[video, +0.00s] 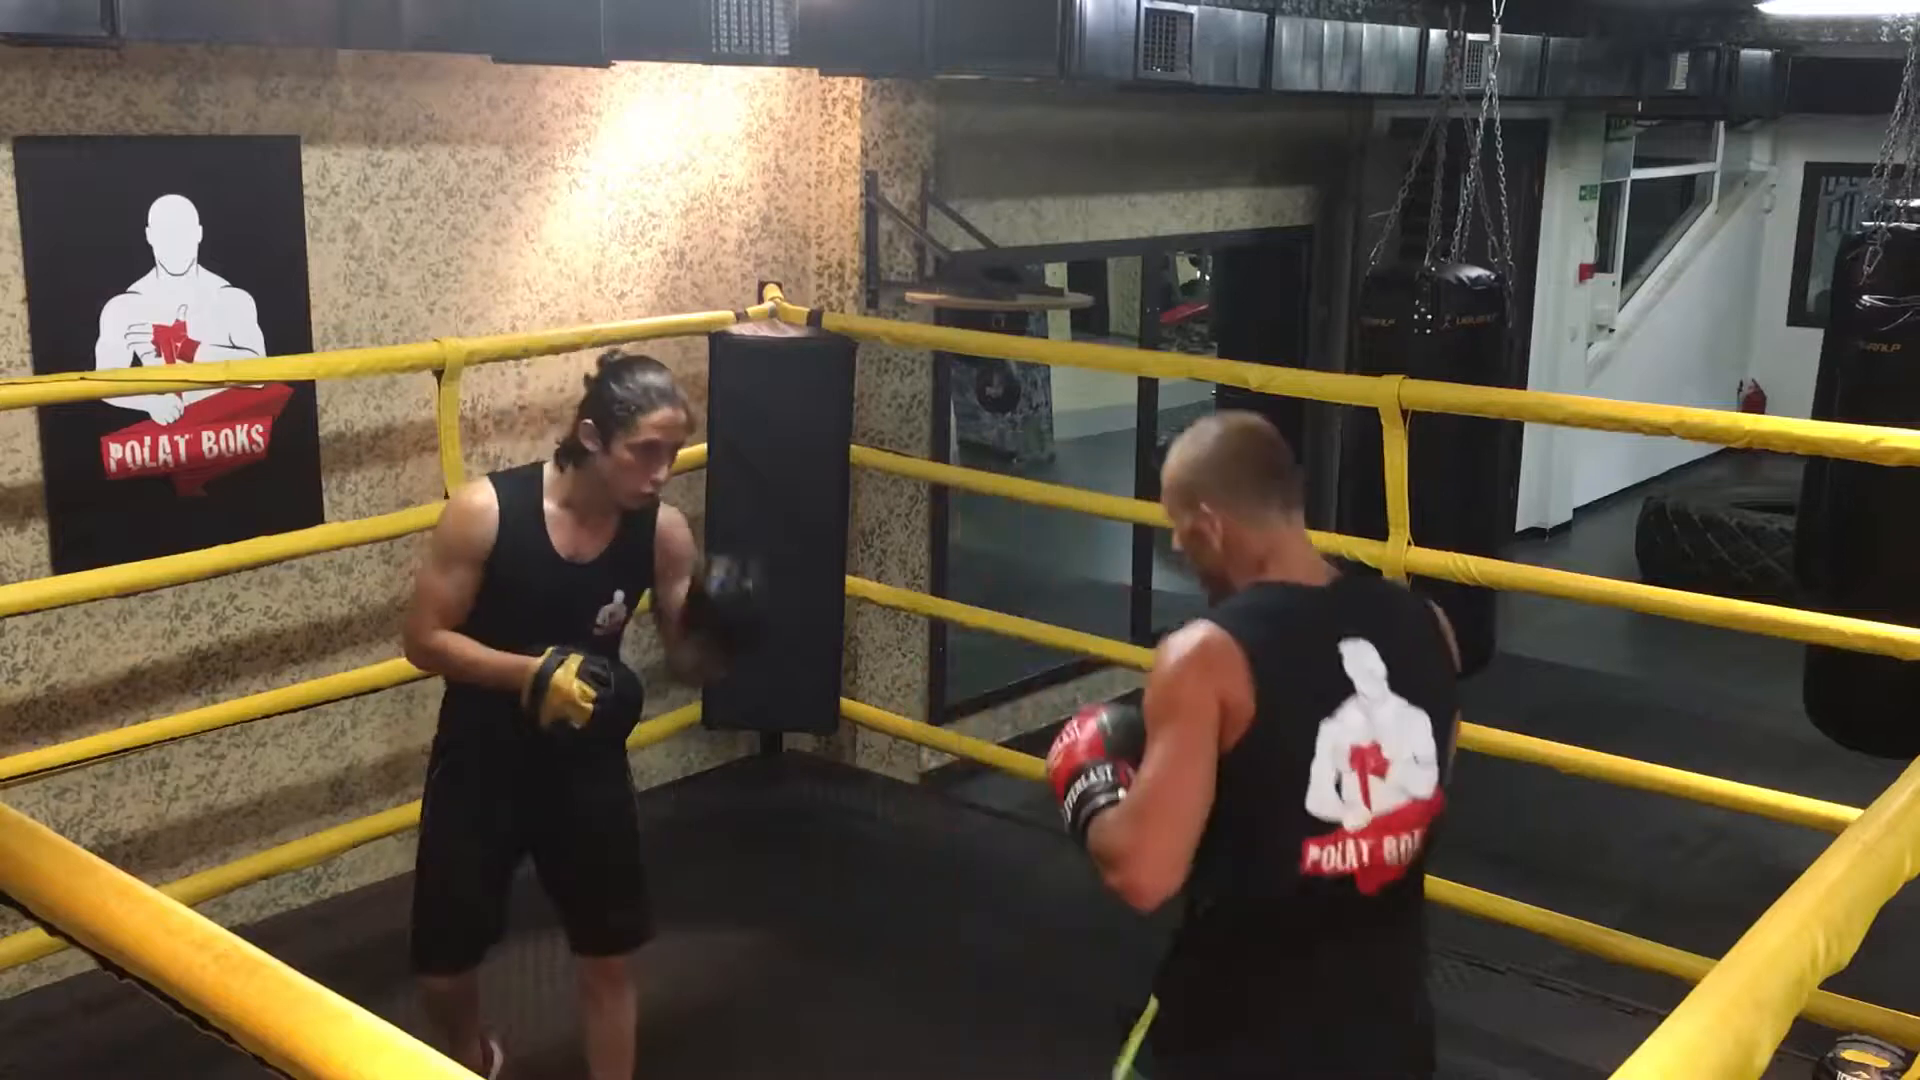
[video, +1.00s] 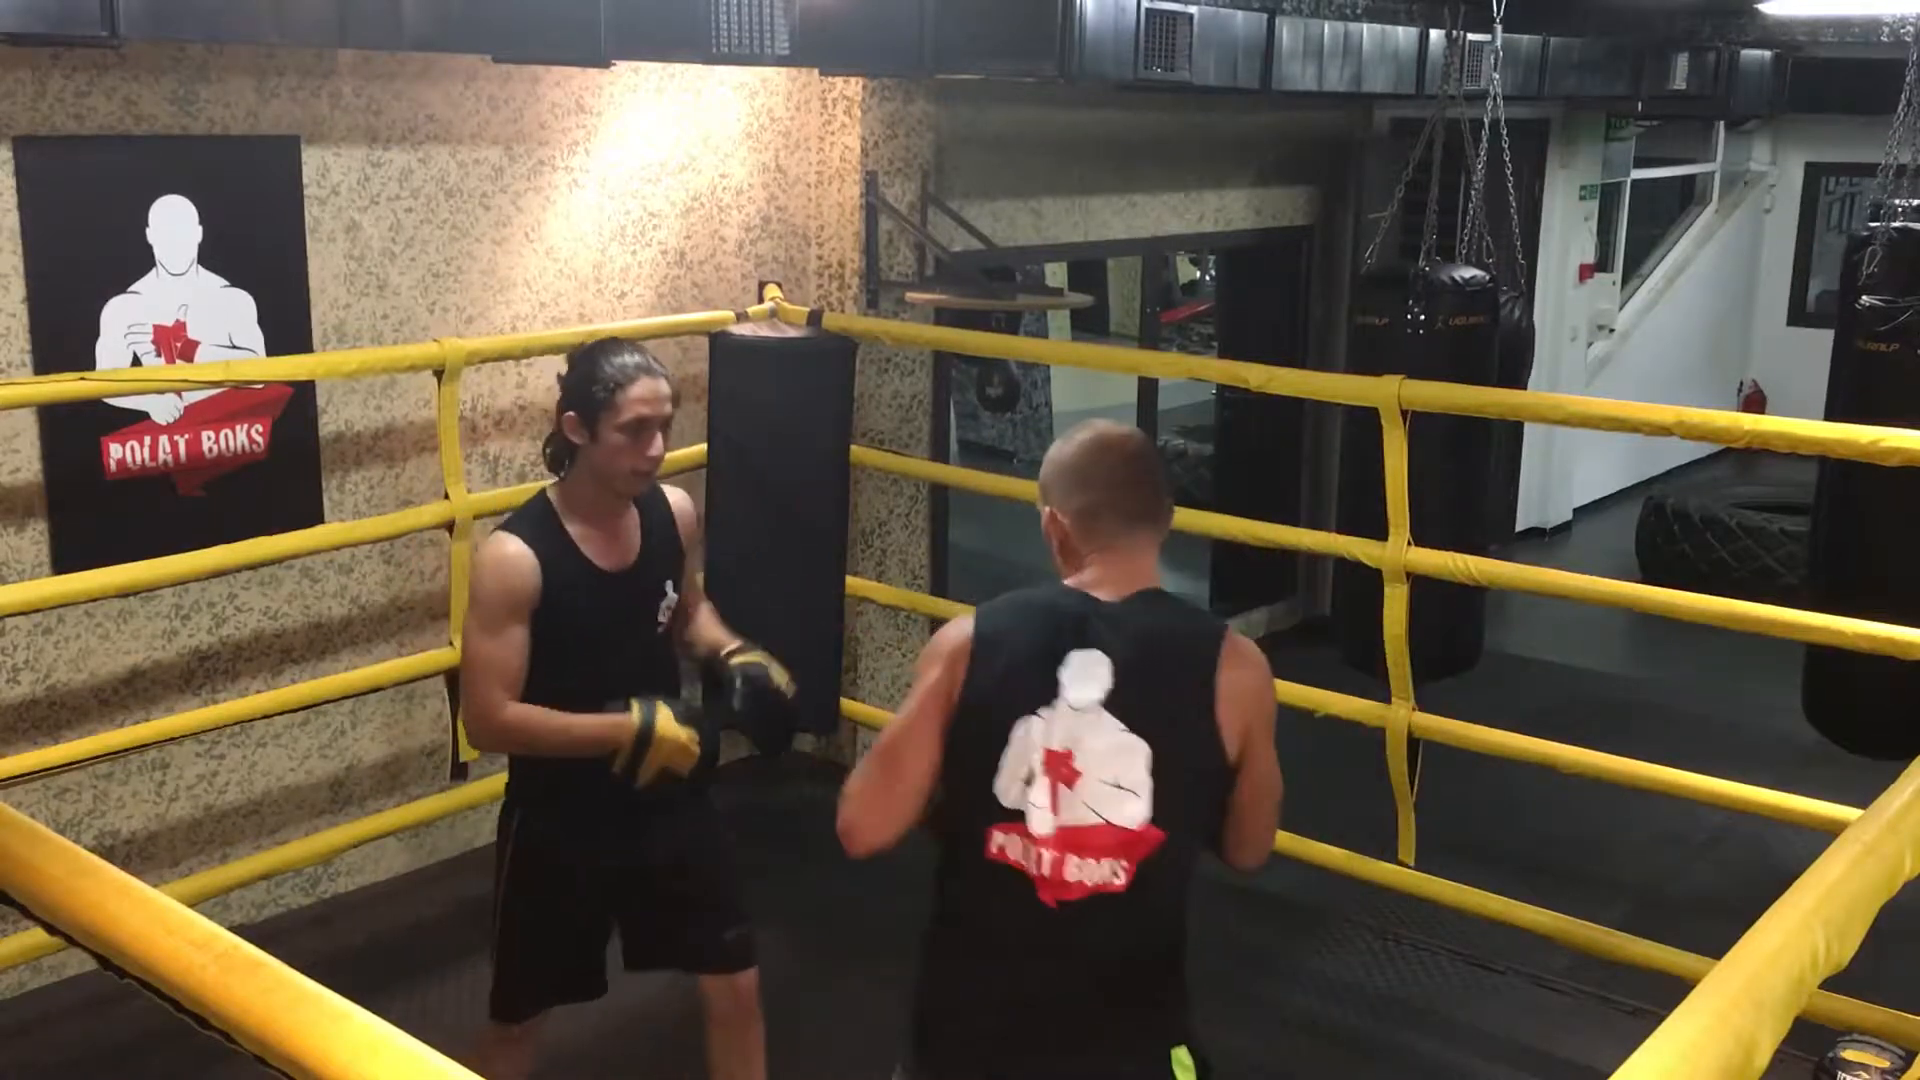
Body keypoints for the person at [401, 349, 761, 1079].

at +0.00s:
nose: (660, 474)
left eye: (671, 454)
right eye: (646, 453)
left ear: (679, 449)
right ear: (591, 437)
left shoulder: (662, 532)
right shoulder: (486, 511)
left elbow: (689, 665)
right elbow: (422, 637)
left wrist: (721, 622)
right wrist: (532, 674)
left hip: (588, 765)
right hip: (480, 763)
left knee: (608, 963)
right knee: (443, 966)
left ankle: (613, 1071)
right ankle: (474, 1059)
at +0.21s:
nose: (632, 467)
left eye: (643, 446)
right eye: (617, 447)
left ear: (651, 437)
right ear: (558, 433)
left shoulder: (645, 501)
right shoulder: (464, 527)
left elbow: (744, 603)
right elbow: (424, 668)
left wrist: (762, 524)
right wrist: (542, 681)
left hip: (592, 781)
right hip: (484, 788)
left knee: (624, 986)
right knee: (472, 1002)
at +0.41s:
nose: (609, 476)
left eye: (616, 454)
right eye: (590, 459)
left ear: (622, 441)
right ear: (525, 450)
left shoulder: (623, 508)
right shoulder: (449, 561)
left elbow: (730, 601)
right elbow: (431, 715)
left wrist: (741, 516)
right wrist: (563, 706)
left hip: (610, 794)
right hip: (499, 814)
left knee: (698, 982)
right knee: (478, 1035)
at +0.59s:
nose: (631, 467)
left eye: (638, 445)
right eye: (611, 451)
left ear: (645, 432)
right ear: (547, 444)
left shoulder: (653, 502)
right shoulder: (476, 560)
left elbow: (774, 575)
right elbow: (464, 718)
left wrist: (786, 493)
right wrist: (595, 697)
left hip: (646, 802)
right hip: (533, 817)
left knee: (694, 1012)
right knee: (503, 1039)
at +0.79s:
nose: (662, 457)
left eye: (671, 435)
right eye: (643, 437)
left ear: (680, 428)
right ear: (582, 431)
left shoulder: (697, 509)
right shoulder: (508, 542)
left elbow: (796, 602)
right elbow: (487, 698)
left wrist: (836, 543)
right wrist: (610, 694)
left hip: (658, 800)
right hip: (543, 808)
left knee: (701, 1016)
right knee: (500, 1026)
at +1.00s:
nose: (655, 448)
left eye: (663, 427)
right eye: (635, 430)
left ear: (672, 425)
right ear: (574, 429)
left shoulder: (673, 513)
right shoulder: (513, 558)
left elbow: (688, 610)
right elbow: (487, 718)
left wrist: (734, 654)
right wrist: (631, 730)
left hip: (669, 793)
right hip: (557, 810)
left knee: (733, 980)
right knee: (517, 1019)